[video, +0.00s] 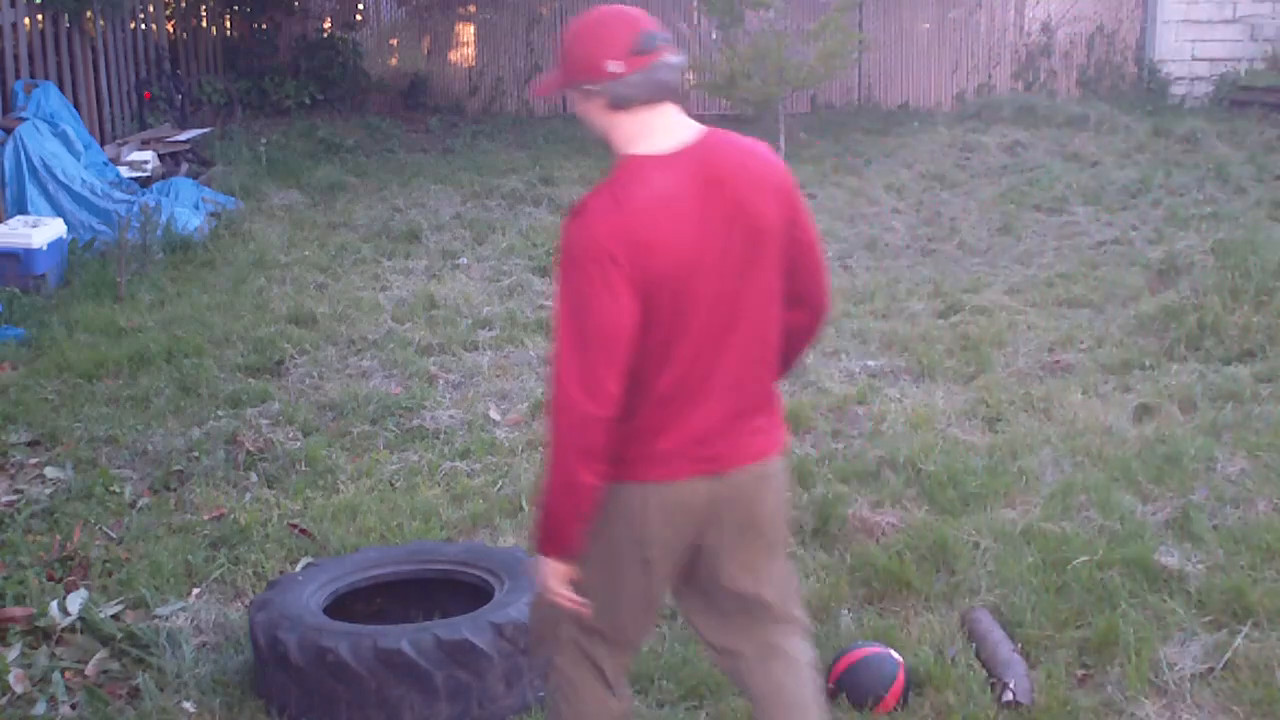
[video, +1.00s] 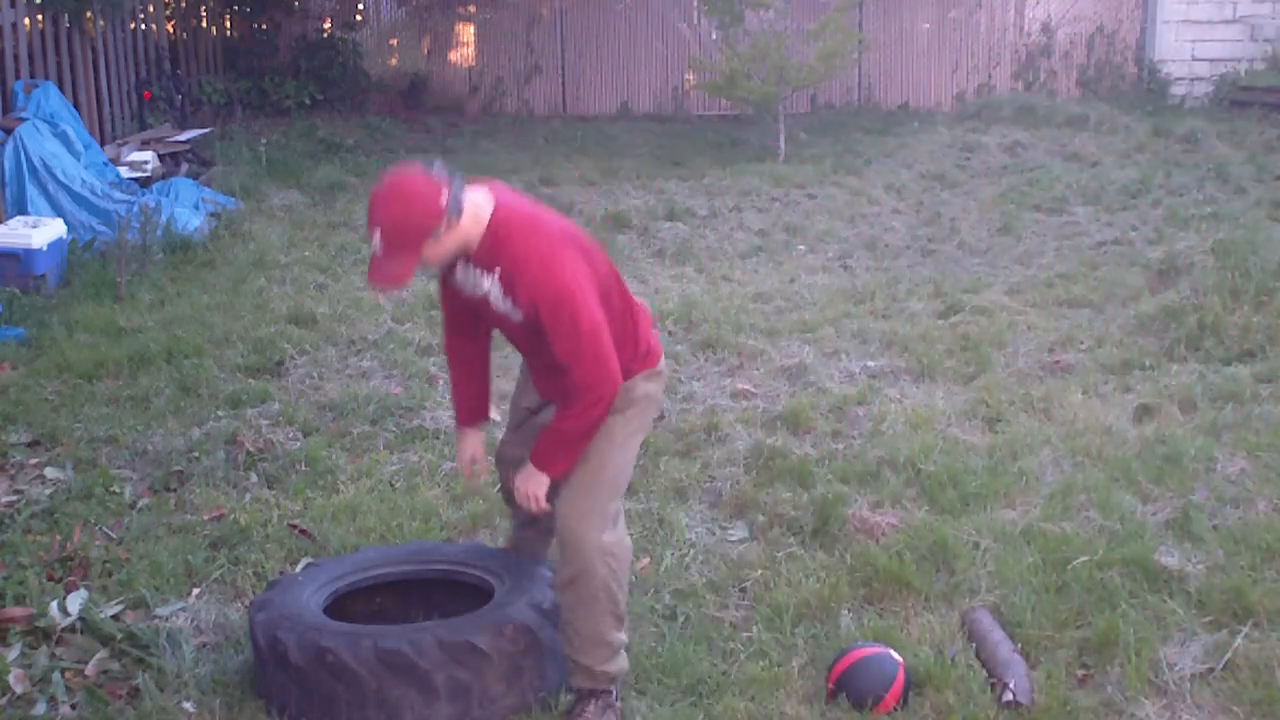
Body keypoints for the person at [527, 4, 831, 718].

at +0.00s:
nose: (576, 108)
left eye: (576, 95)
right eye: (573, 96)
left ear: (595, 99)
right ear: (667, 79)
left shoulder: (605, 219)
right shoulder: (762, 166)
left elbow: (587, 400)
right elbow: (808, 302)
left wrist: (557, 541)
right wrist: (746, 370)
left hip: (645, 487)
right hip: (755, 472)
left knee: (583, 653)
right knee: (772, 641)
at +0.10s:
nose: (532, 101)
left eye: (532, 87)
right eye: (529, 87)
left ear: (555, 87)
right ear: (619, 62)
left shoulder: (573, 200)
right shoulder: (717, 140)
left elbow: (541, 378)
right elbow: (774, 270)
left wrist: (482, 487)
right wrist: (735, 360)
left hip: (618, 457)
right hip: (722, 434)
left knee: (567, 640)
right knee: (716, 589)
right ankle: (751, 708)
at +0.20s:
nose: (509, 101)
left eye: (507, 85)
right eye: (504, 86)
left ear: (531, 80)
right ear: (589, 57)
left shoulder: (554, 187)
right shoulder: (688, 131)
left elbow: (518, 353)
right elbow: (742, 257)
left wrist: (431, 426)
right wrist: (719, 345)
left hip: (601, 446)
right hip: (698, 421)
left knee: (563, 631)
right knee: (683, 574)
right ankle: (710, 704)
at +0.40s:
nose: (487, 135)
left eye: (485, 121)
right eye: (481, 124)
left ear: (516, 109)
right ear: (556, 90)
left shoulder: (552, 203)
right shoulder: (643, 152)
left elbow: (524, 360)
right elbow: (673, 272)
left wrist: (415, 385)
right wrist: (653, 359)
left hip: (587, 440)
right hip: (663, 413)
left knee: (529, 623)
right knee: (645, 552)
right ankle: (645, 662)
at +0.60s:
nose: (470, 169)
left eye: (470, 156)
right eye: (462, 159)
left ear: (505, 134)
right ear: (516, 124)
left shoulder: (562, 205)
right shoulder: (580, 156)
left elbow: (595, 355)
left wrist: (497, 421)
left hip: (613, 403)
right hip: (639, 382)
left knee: (518, 559)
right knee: (593, 518)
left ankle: (599, 704)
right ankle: (628, 661)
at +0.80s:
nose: (440, 176)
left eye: (441, 165)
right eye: (433, 168)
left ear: (473, 140)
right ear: (472, 132)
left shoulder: (562, 195)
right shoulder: (501, 170)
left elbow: (601, 332)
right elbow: (505, 277)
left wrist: (534, 422)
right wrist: (502, 376)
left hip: (618, 378)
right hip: (564, 369)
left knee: (574, 536)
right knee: (550, 487)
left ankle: (596, 688)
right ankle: (625, 593)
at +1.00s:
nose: (423, 265)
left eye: (423, 254)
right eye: (414, 257)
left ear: (445, 223)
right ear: (437, 219)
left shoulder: (541, 257)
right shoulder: (455, 239)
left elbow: (600, 382)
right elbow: (465, 334)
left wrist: (544, 466)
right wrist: (470, 424)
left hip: (623, 373)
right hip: (549, 366)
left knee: (582, 521)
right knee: (518, 468)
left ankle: (598, 686)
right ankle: (527, 597)